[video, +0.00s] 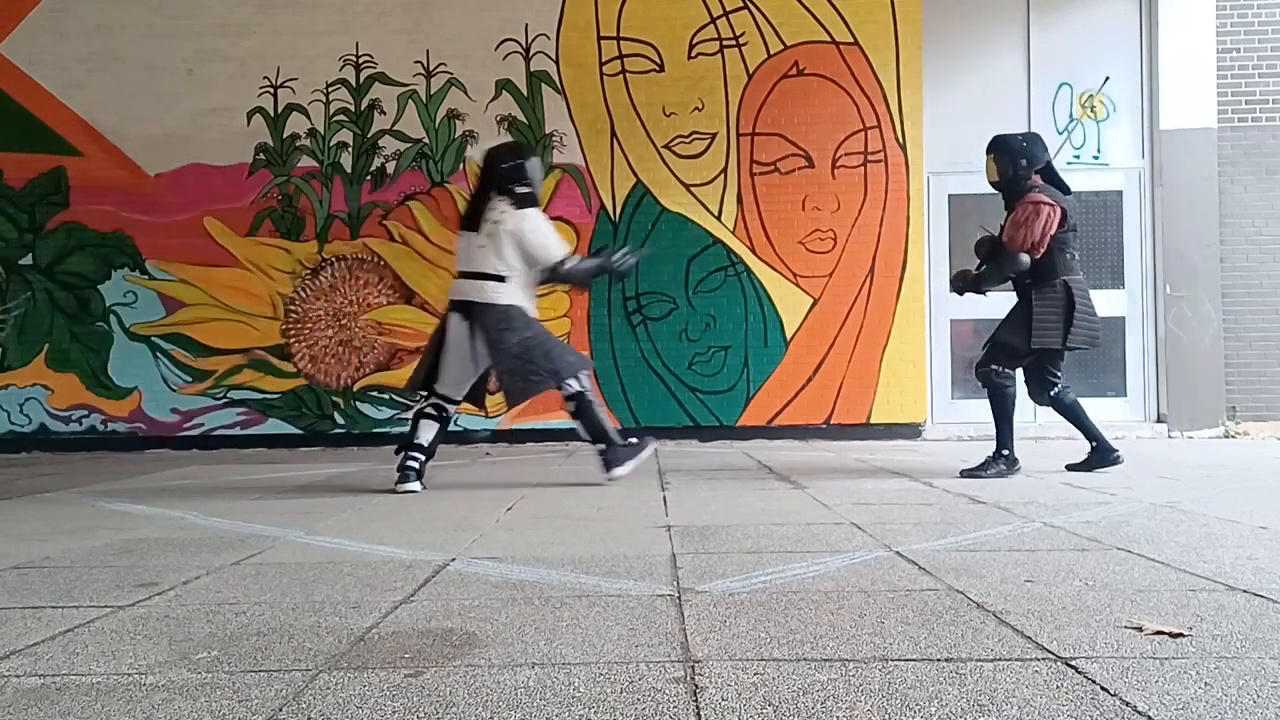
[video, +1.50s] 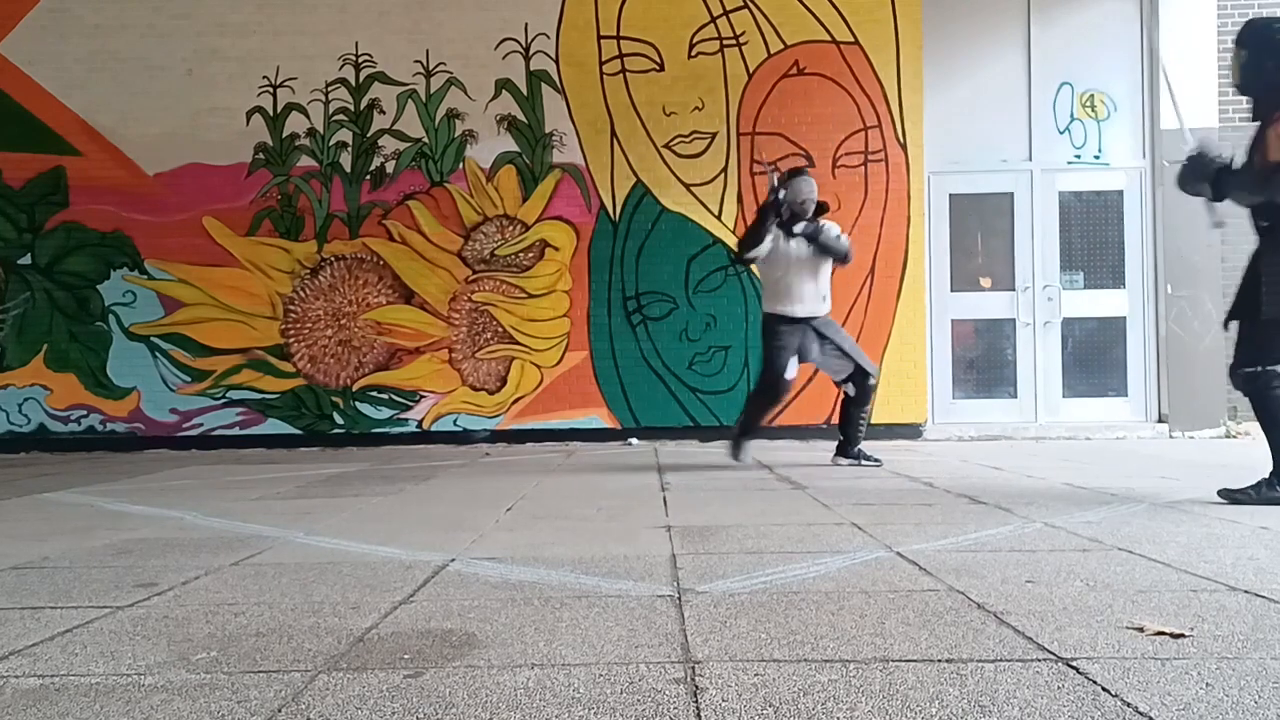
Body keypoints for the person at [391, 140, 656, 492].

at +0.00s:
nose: (536, 179)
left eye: (534, 172)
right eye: (531, 172)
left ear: (491, 177)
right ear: (519, 177)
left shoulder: (475, 211)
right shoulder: (524, 215)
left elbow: (515, 269)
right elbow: (563, 268)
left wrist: (582, 270)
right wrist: (603, 265)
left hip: (462, 308)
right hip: (503, 312)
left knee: (445, 392)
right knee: (569, 368)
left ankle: (410, 469)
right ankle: (613, 450)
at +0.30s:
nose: (632, 177)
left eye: (630, 170)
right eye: (627, 170)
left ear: (584, 169)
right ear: (615, 170)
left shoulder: (563, 207)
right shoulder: (621, 207)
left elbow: (563, 261)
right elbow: (639, 268)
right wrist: (663, 299)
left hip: (566, 295)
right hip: (610, 295)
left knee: (568, 384)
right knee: (676, 356)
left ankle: (543, 463)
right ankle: (655, 439)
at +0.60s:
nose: (732, 192)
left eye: (731, 188)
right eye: (728, 188)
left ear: (692, 195)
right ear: (717, 195)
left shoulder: (685, 223)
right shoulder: (728, 226)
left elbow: (728, 205)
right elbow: (781, 234)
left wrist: (763, 192)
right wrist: (810, 208)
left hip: (687, 331)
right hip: (723, 331)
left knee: (658, 406)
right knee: (799, 372)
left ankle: (588, 443)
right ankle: (805, 458)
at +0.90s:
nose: (802, 168)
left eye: (800, 163)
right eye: (797, 164)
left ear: (757, 173)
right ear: (787, 173)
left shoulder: (744, 203)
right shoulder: (796, 205)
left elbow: (764, 159)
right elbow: (841, 182)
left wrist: (795, 123)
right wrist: (837, 137)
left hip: (752, 307)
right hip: (786, 307)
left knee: (782, 371)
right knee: (838, 379)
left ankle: (771, 439)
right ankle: (807, 458)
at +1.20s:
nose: (830, 151)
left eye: (828, 145)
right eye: (826, 145)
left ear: (790, 164)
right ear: (807, 163)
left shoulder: (793, 204)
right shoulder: (794, 205)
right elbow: (836, 179)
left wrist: (791, 147)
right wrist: (805, 143)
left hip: (815, 305)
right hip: (803, 306)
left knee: (852, 375)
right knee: (825, 376)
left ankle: (851, 443)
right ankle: (808, 446)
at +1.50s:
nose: (807, 207)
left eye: (811, 201)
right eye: (801, 201)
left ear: (815, 201)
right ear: (786, 200)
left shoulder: (824, 228)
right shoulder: (770, 229)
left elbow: (845, 254)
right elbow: (745, 252)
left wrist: (811, 233)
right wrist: (767, 215)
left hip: (818, 321)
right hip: (781, 322)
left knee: (863, 376)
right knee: (777, 385)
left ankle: (849, 447)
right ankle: (742, 436)